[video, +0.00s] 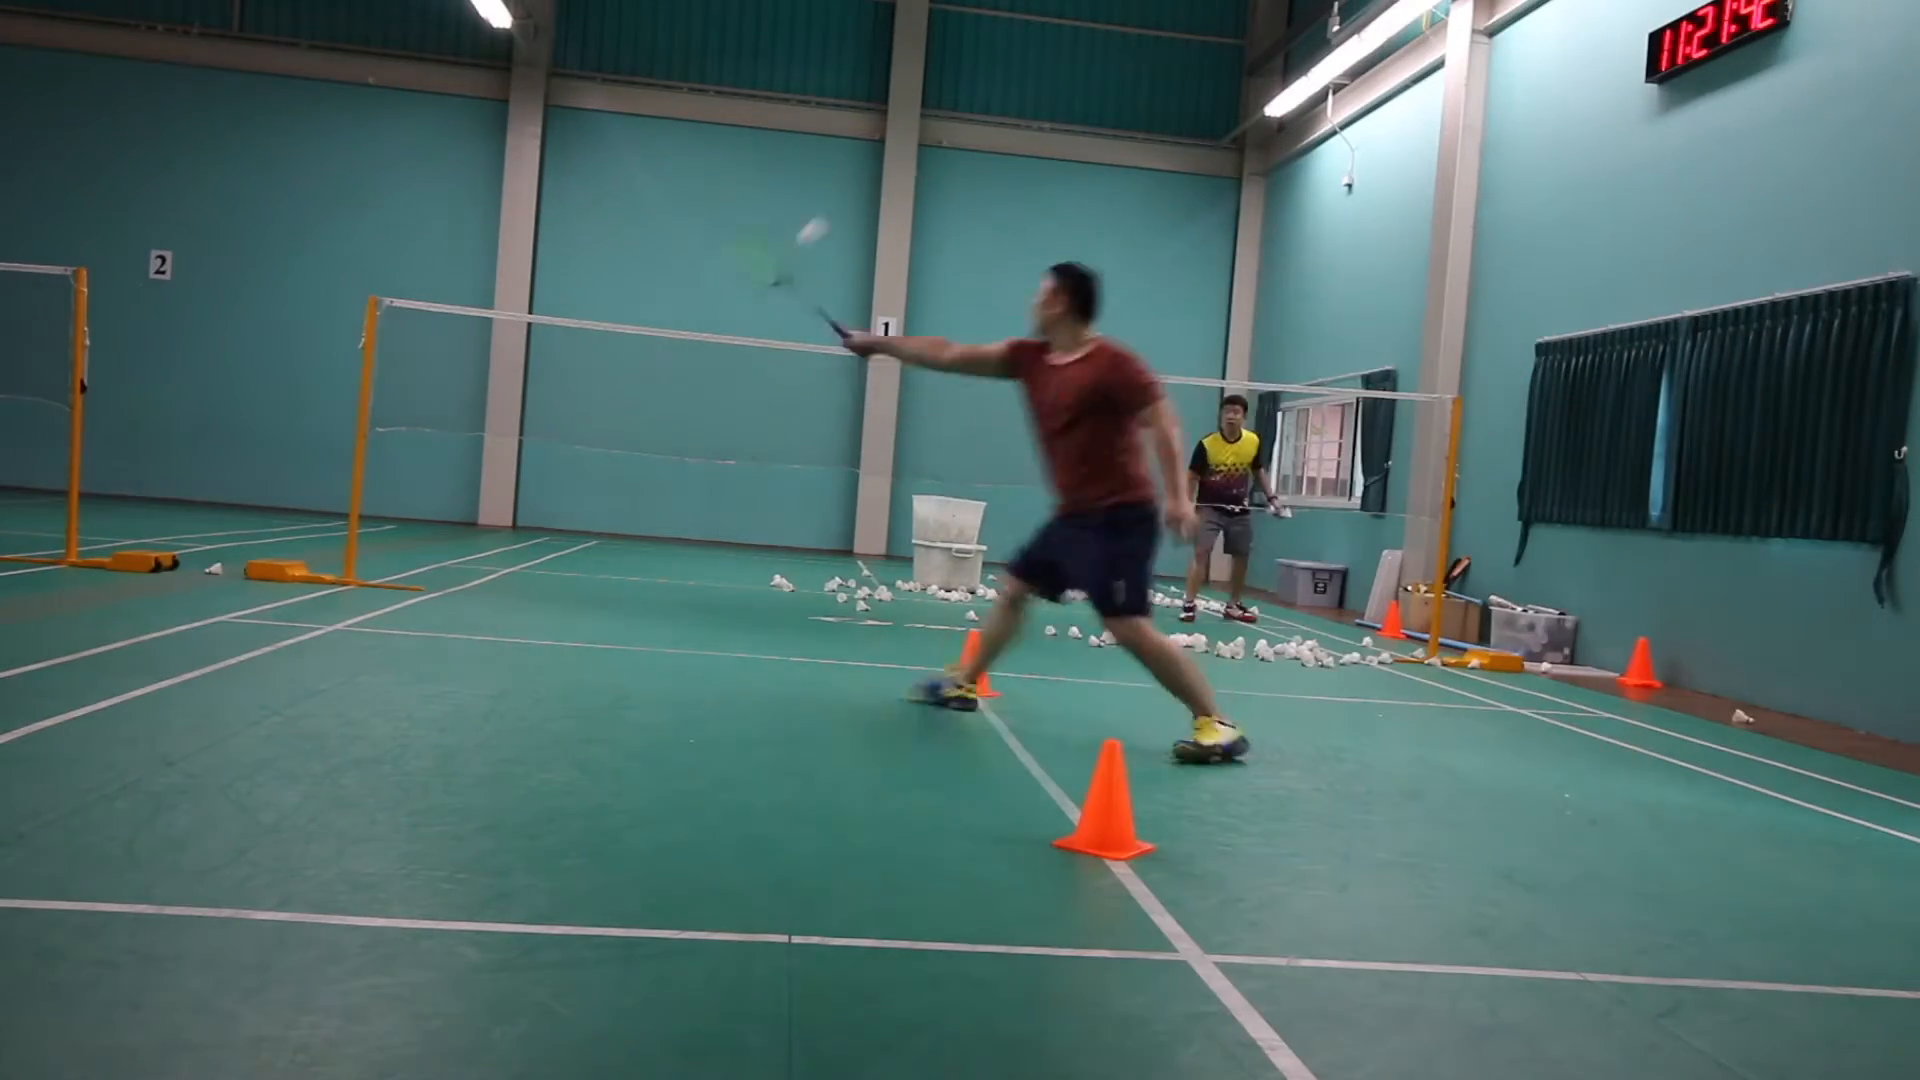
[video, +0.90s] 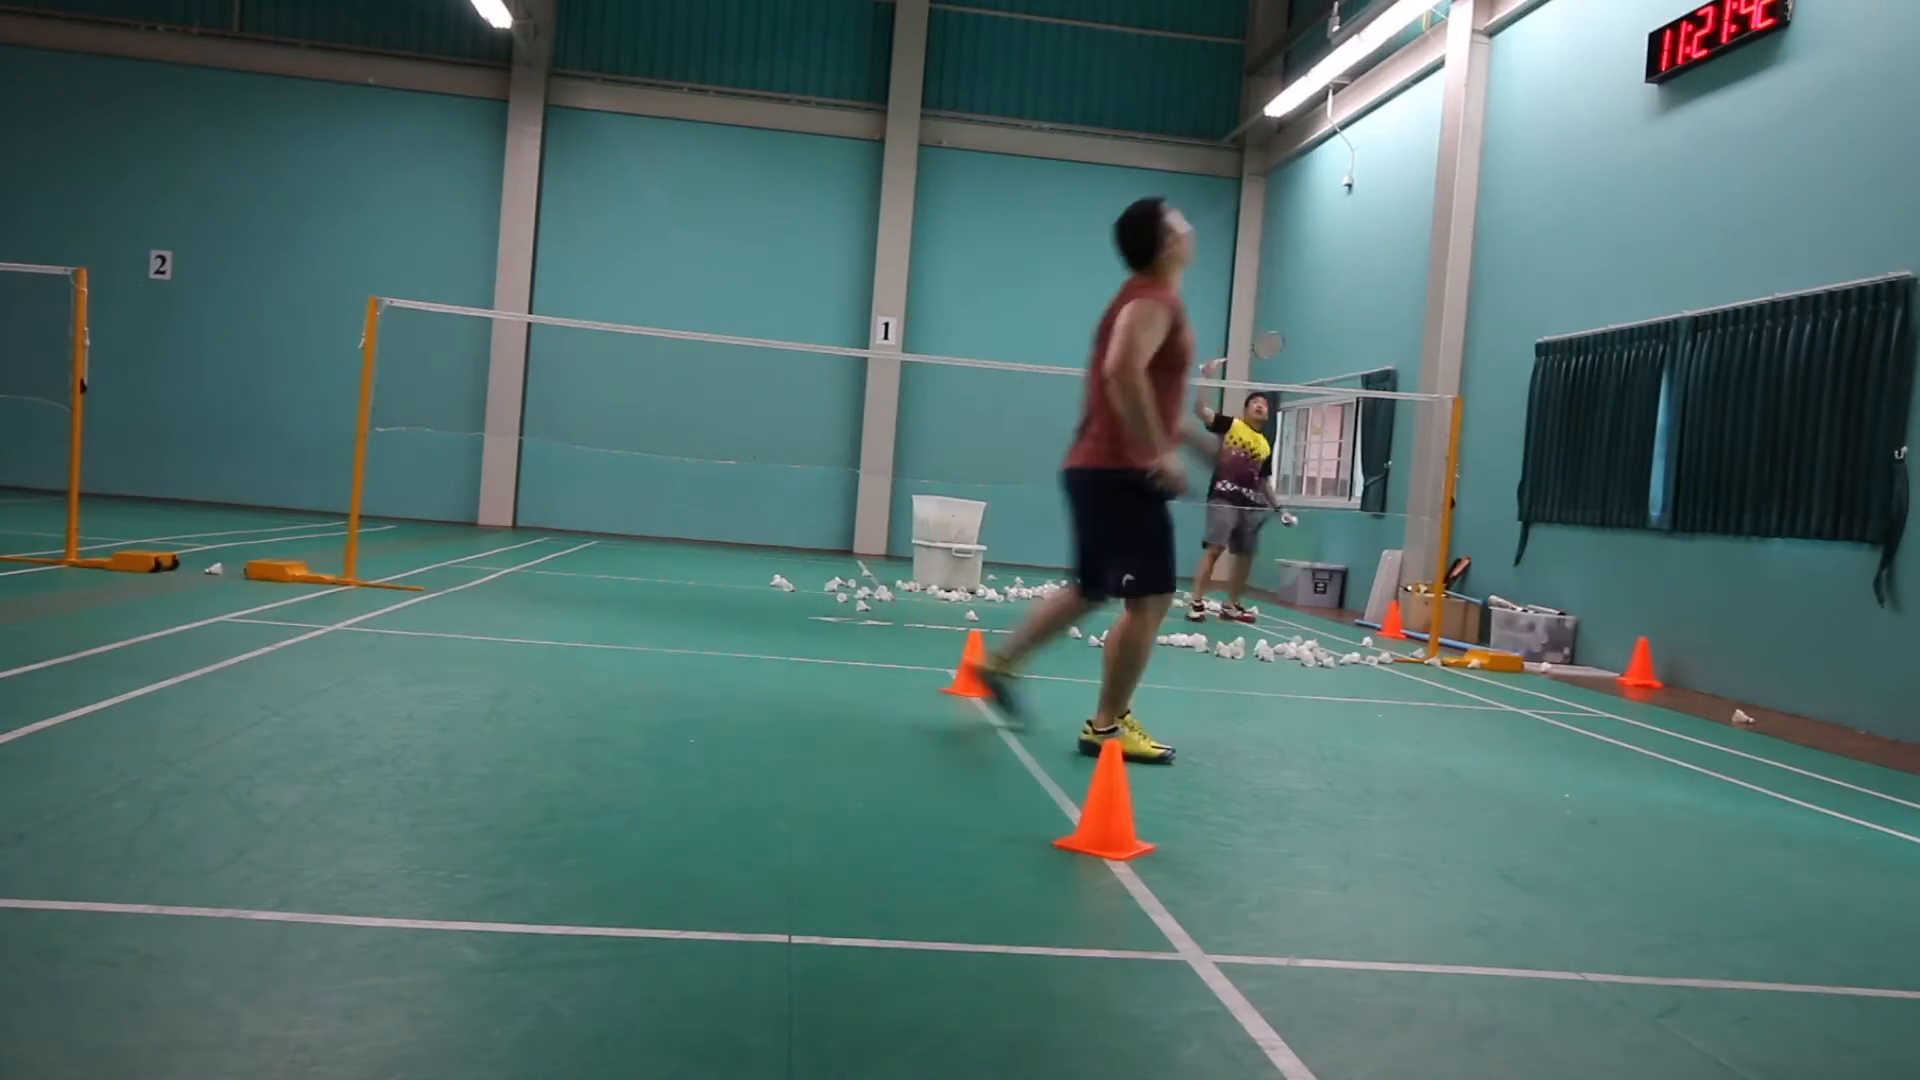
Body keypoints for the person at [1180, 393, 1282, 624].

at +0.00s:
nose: (1231, 417)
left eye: (1236, 413)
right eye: (1227, 412)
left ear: (1244, 417)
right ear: (1221, 416)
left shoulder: (1253, 442)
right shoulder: (1206, 445)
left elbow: (1258, 470)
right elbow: (1192, 478)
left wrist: (1271, 496)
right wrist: (1188, 507)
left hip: (1239, 511)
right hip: (1210, 509)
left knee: (1241, 557)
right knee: (1201, 553)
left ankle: (1234, 604)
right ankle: (1190, 601)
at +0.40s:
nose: (1251, 419)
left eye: (1255, 415)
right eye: (1247, 414)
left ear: (1260, 420)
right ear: (1237, 417)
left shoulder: (1260, 445)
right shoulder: (1224, 443)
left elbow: (1261, 475)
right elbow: (1208, 469)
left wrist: (1275, 499)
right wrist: (1217, 502)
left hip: (1243, 507)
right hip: (1218, 505)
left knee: (1246, 558)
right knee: (1218, 551)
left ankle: (1236, 604)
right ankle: (1208, 605)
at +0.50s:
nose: (1256, 419)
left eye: (1260, 415)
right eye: (1251, 413)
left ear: (1263, 420)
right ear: (1240, 416)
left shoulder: (1257, 447)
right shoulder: (1227, 436)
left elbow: (1254, 476)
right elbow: (1222, 444)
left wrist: (1268, 500)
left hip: (1240, 509)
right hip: (1216, 505)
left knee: (1245, 557)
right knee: (1219, 550)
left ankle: (1236, 604)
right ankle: (1207, 605)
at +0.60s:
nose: (1257, 410)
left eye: (1261, 407)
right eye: (1252, 405)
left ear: (1264, 414)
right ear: (1240, 410)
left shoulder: (1257, 444)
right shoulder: (1229, 428)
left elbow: (1248, 475)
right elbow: (1224, 408)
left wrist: (1261, 497)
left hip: (1241, 505)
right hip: (1219, 501)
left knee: (1241, 555)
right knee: (1222, 551)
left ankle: (1232, 603)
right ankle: (1208, 605)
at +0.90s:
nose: (1261, 406)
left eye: (1265, 405)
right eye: (1256, 403)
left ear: (1267, 414)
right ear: (1246, 409)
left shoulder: (1265, 444)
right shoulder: (1230, 424)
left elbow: (1264, 481)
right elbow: (1203, 410)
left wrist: (1280, 509)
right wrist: (1207, 378)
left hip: (1251, 503)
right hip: (1223, 496)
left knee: (1244, 556)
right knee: (1215, 548)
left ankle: (1232, 604)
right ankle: (1197, 600)